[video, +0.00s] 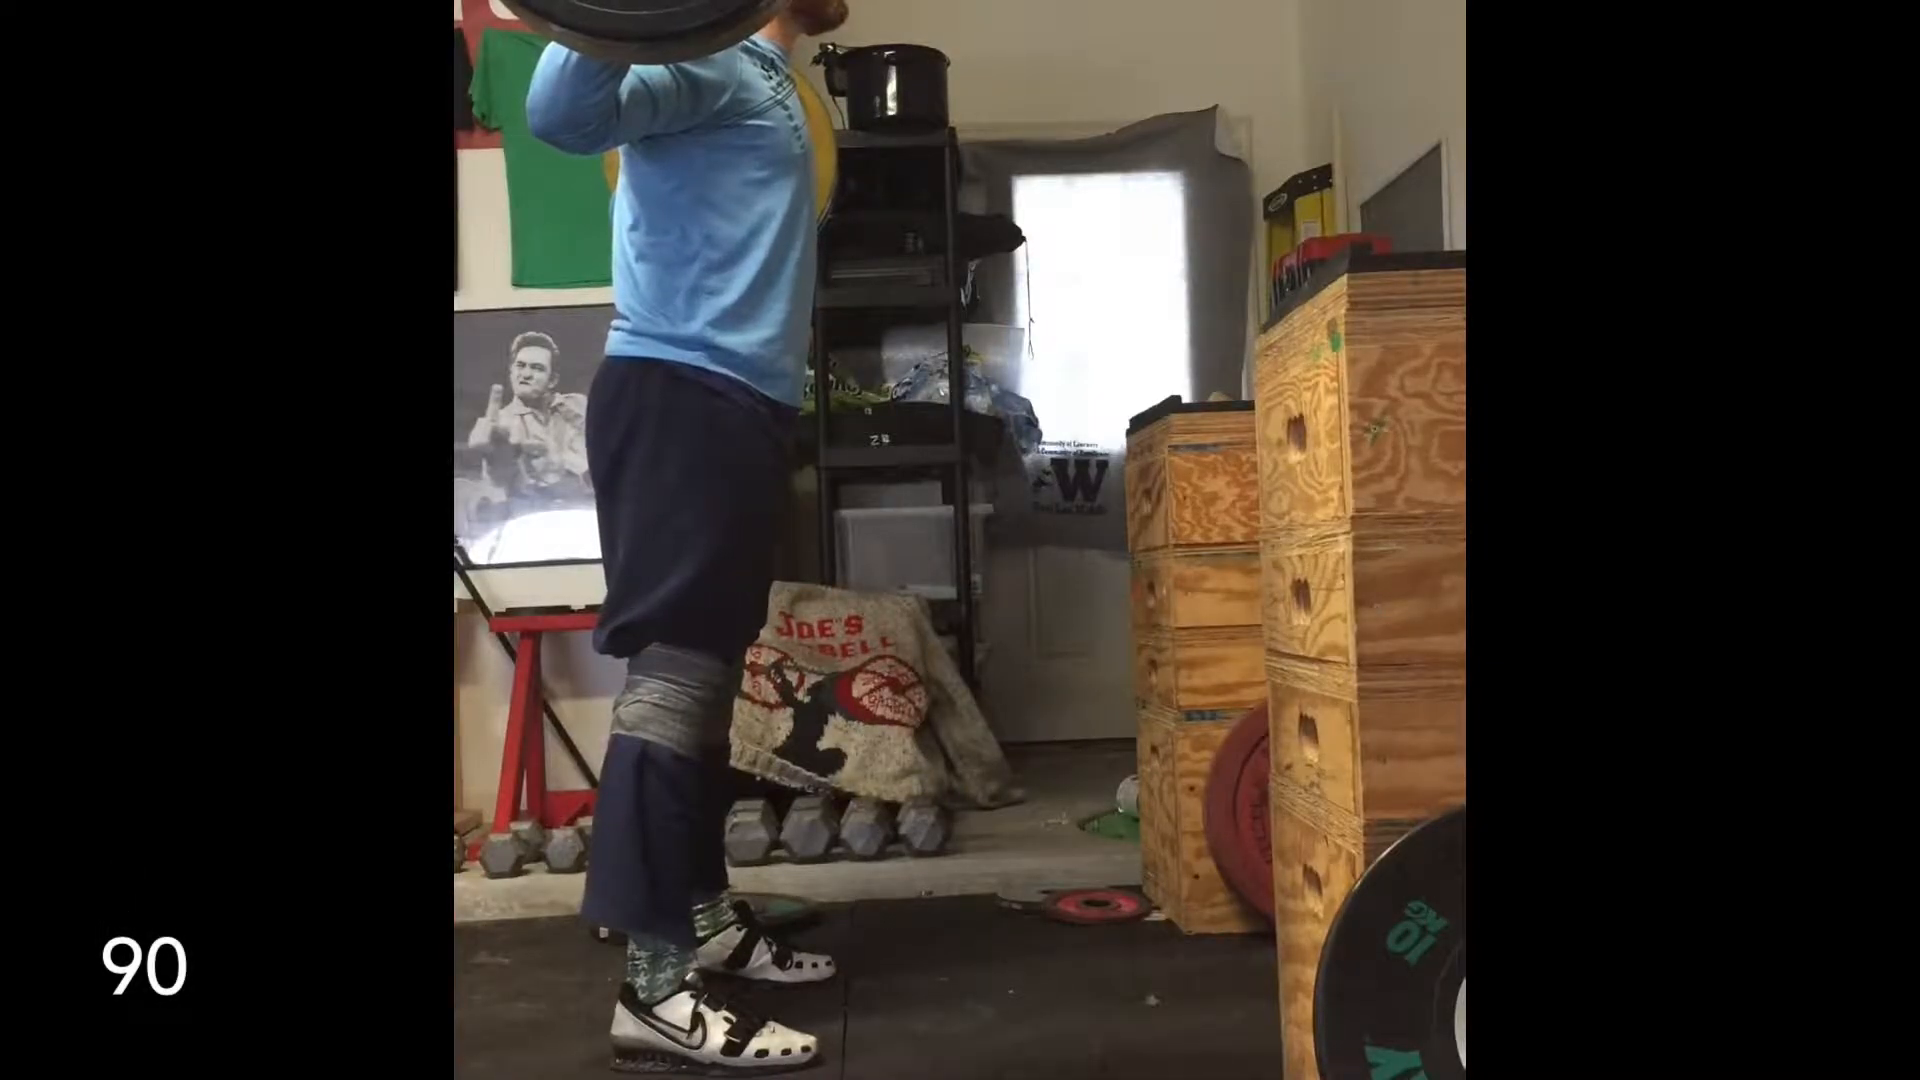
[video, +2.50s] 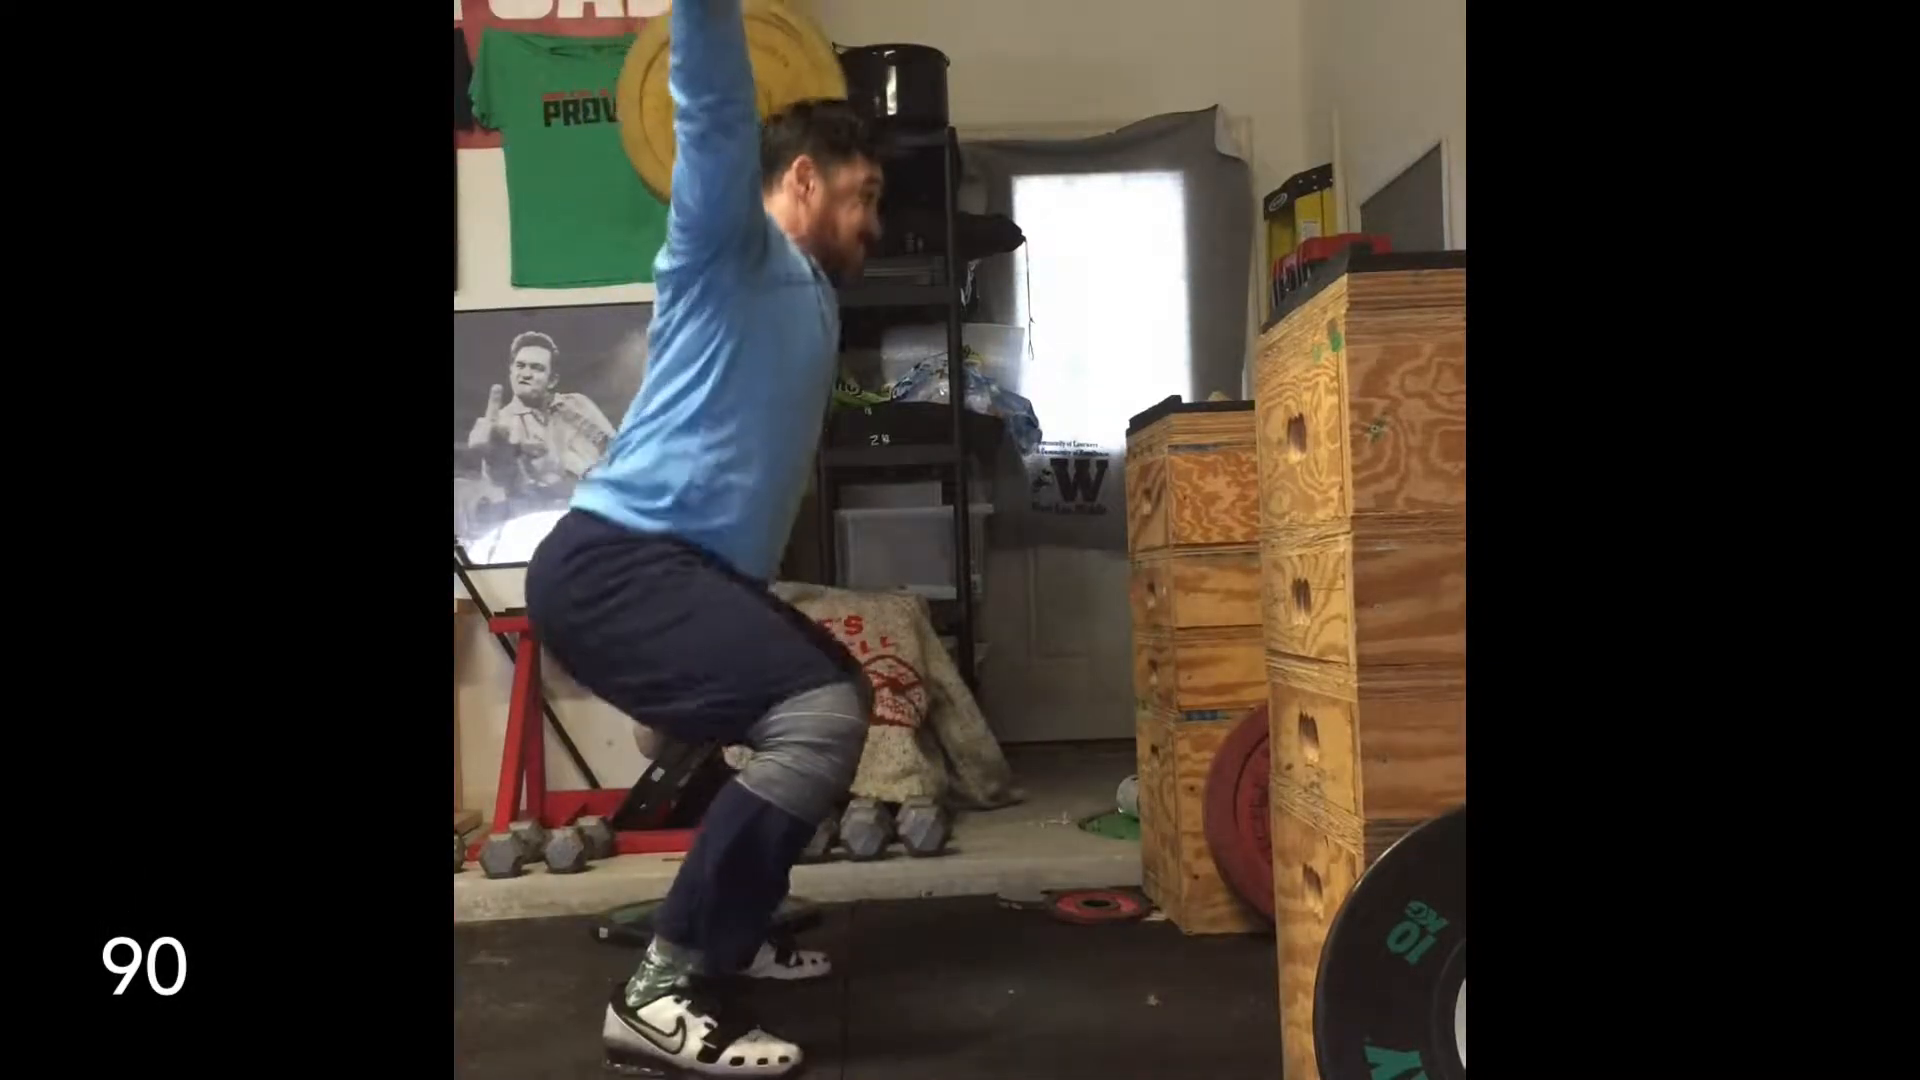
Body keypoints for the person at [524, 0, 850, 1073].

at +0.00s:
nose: (841, 7)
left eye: (839, 1)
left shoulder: (774, 81)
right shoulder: (708, 65)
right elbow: (558, 115)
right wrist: (619, 3)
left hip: (737, 406)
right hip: (682, 399)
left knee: (706, 671)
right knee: (676, 677)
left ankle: (702, 914)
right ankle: (656, 978)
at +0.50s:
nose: (850, 7)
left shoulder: (776, 80)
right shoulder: (714, 65)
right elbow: (561, 114)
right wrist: (620, 4)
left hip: (737, 408)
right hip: (682, 400)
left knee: (703, 674)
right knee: (675, 680)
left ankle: (702, 917)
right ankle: (655, 980)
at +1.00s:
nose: (848, 5)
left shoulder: (780, 80)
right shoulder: (716, 66)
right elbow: (566, 115)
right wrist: (620, 0)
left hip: (741, 407)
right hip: (686, 400)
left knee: (708, 674)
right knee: (677, 681)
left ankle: (701, 916)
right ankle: (657, 981)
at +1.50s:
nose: (845, 32)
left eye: (842, 18)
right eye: (832, 16)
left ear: (799, 36)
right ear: (788, 24)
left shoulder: (790, 129)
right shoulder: (720, 118)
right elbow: (573, 171)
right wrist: (631, 38)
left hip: (721, 442)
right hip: (665, 436)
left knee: (776, 677)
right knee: (785, 681)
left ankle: (711, 915)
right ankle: (665, 978)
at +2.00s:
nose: (841, 65)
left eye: (839, 48)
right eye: (826, 50)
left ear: (803, 65)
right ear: (778, 60)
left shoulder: (806, 160)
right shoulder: (736, 150)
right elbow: (587, 207)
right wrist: (638, 82)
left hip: (734, 458)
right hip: (683, 456)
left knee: (815, 684)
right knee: (816, 693)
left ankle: (728, 921)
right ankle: (673, 979)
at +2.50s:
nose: (872, 226)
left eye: (876, 206)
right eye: (863, 200)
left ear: (822, 194)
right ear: (799, 179)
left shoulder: (810, 295)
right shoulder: (726, 246)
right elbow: (711, 104)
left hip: (695, 568)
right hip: (616, 559)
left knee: (833, 694)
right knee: (816, 716)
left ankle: (736, 922)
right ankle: (666, 984)